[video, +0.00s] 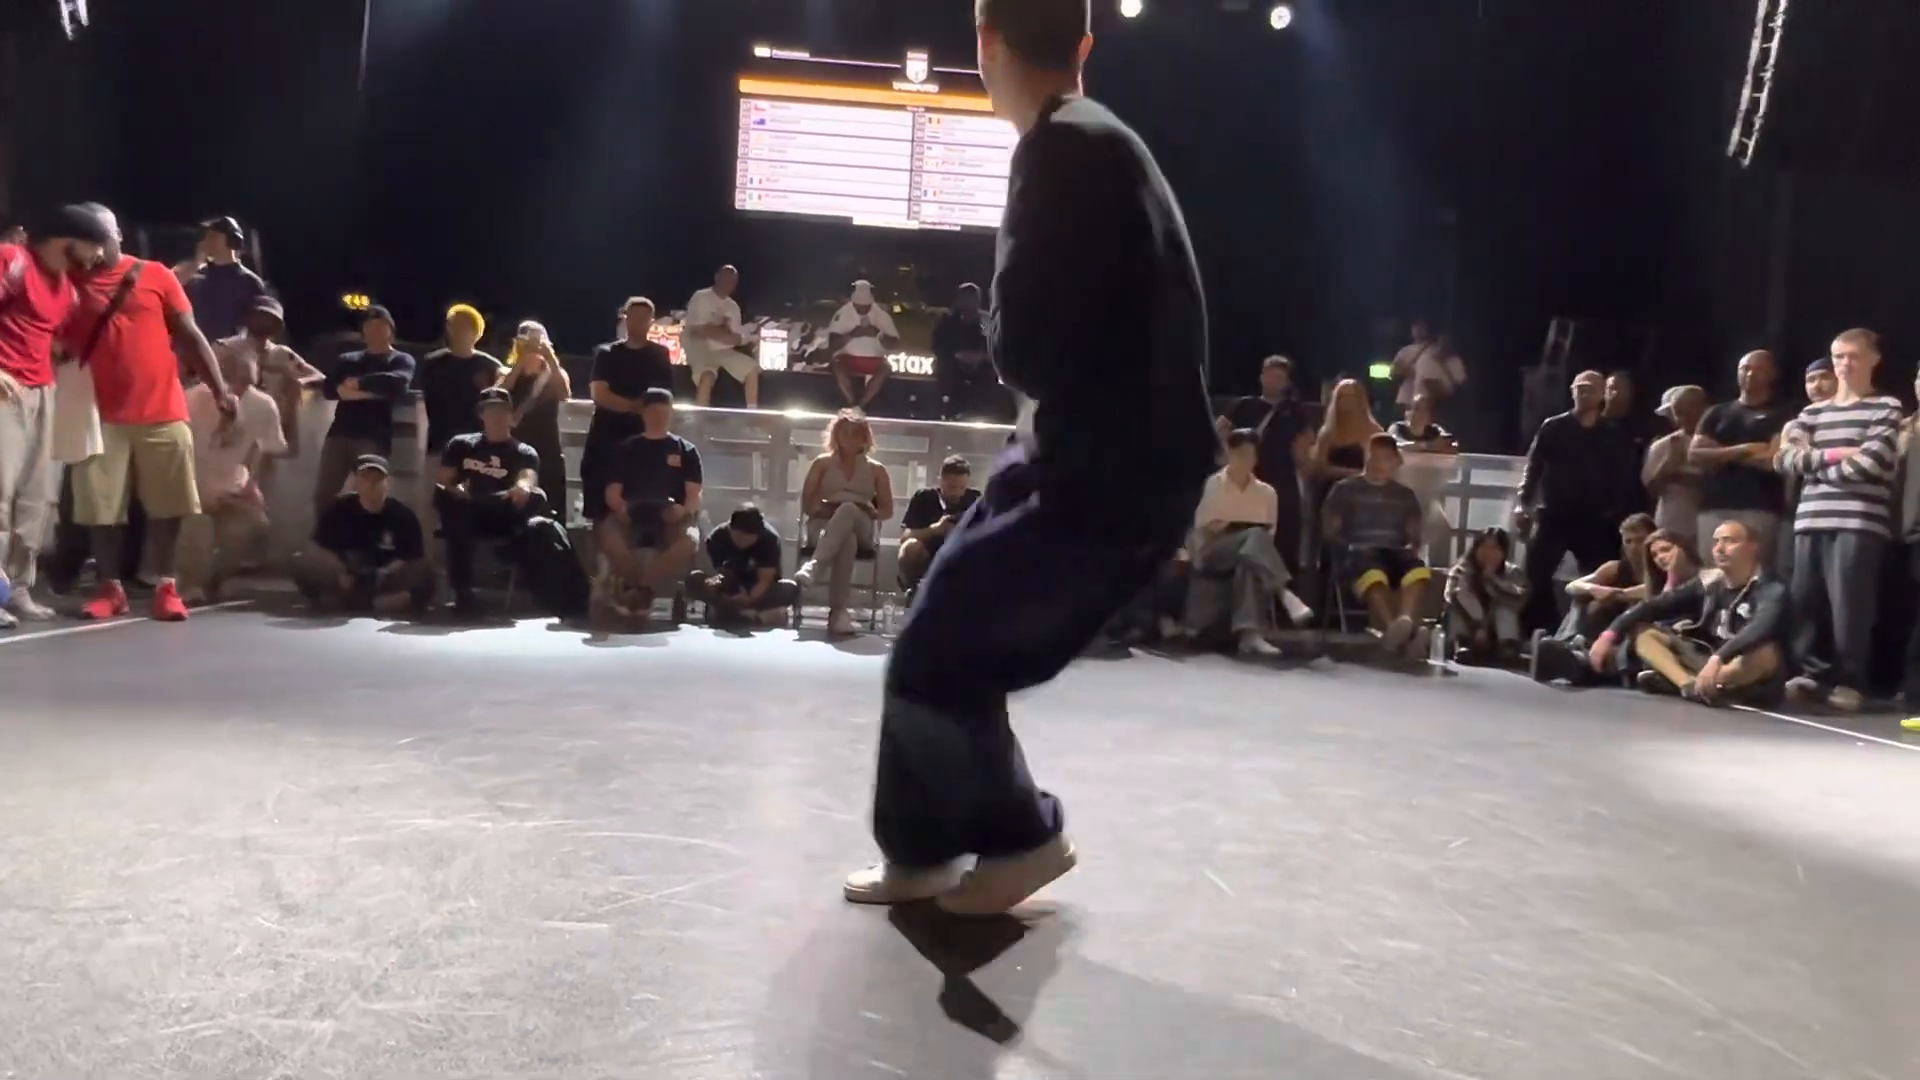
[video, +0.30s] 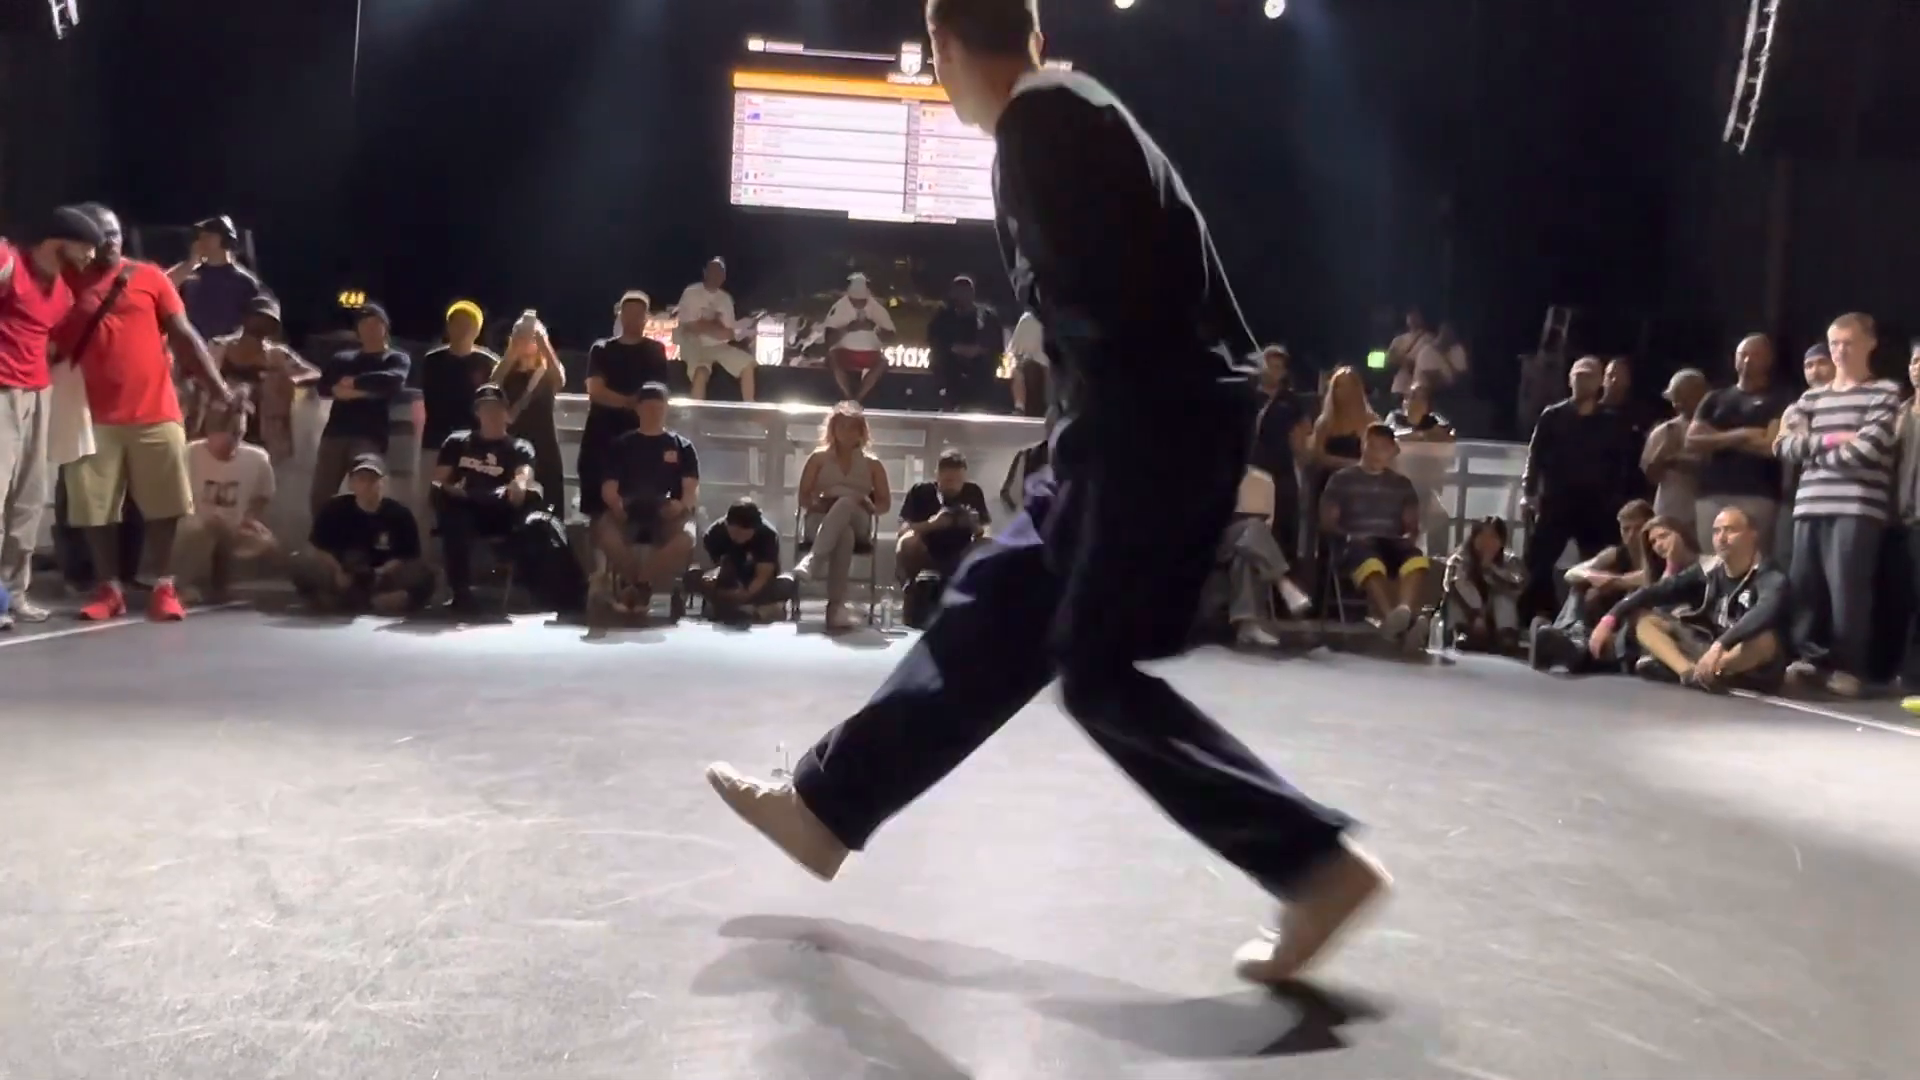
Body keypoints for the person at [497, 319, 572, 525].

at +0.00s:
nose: (535, 350)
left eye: (539, 345)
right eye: (529, 345)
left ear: (546, 347)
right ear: (518, 346)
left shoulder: (552, 375)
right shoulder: (508, 374)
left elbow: (564, 394)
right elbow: (496, 397)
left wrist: (551, 358)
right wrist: (518, 364)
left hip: (548, 449)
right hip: (516, 449)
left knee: (553, 511)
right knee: (516, 510)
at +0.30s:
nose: (528, 344)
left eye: (533, 338)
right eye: (522, 338)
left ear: (541, 343)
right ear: (513, 341)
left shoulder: (548, 372)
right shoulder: (505, 371)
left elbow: (559, 382)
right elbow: (490, 390)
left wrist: (546, 344)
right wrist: (510, 354)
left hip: (542, 440)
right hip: (511, 440)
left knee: (549, 502)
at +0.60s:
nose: (532, 354)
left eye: (537, 349)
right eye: (527, 349)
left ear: (545, 356)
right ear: (516, 355)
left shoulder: (551, 384)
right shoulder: (509, 384)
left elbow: (562, 392)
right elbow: (500, 391)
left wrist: (547, 357)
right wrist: (518, 351)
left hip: (547, 455)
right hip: (517, 455)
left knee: (555, 519)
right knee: (516, 516)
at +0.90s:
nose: (534, 366)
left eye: (540, 361)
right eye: (529, 361)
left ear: (548, 368)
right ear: (520, 367)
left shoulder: (555, 396)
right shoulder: (514, 396)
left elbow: (566, 400)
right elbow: (504, 402)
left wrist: (550, 364)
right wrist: (524, 360)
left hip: (551, 465)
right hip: (521, 466)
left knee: (559, 527)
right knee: (522, 526)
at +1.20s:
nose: (535, 368)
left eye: (541, 364)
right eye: (530, 363)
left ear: (549, 370)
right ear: (521, 369)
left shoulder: (556, 398)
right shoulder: (515, 398)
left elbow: (567, 403)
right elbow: (505, 404)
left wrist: (552, 366)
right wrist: (523, 365)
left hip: (552, 465)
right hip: (522, 466)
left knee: (560, 526)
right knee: (522, 524)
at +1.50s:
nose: (539, 369)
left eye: (544, 364)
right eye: (533, 364)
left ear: (552, 370)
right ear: (523, 369)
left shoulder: (558, 398)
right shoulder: (517, 399)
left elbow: (570, 403)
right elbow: (508, 406)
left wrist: (554, 367)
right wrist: (526, 366)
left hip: (555, 468)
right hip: (524, 469)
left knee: (563, 530)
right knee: (525, 529)